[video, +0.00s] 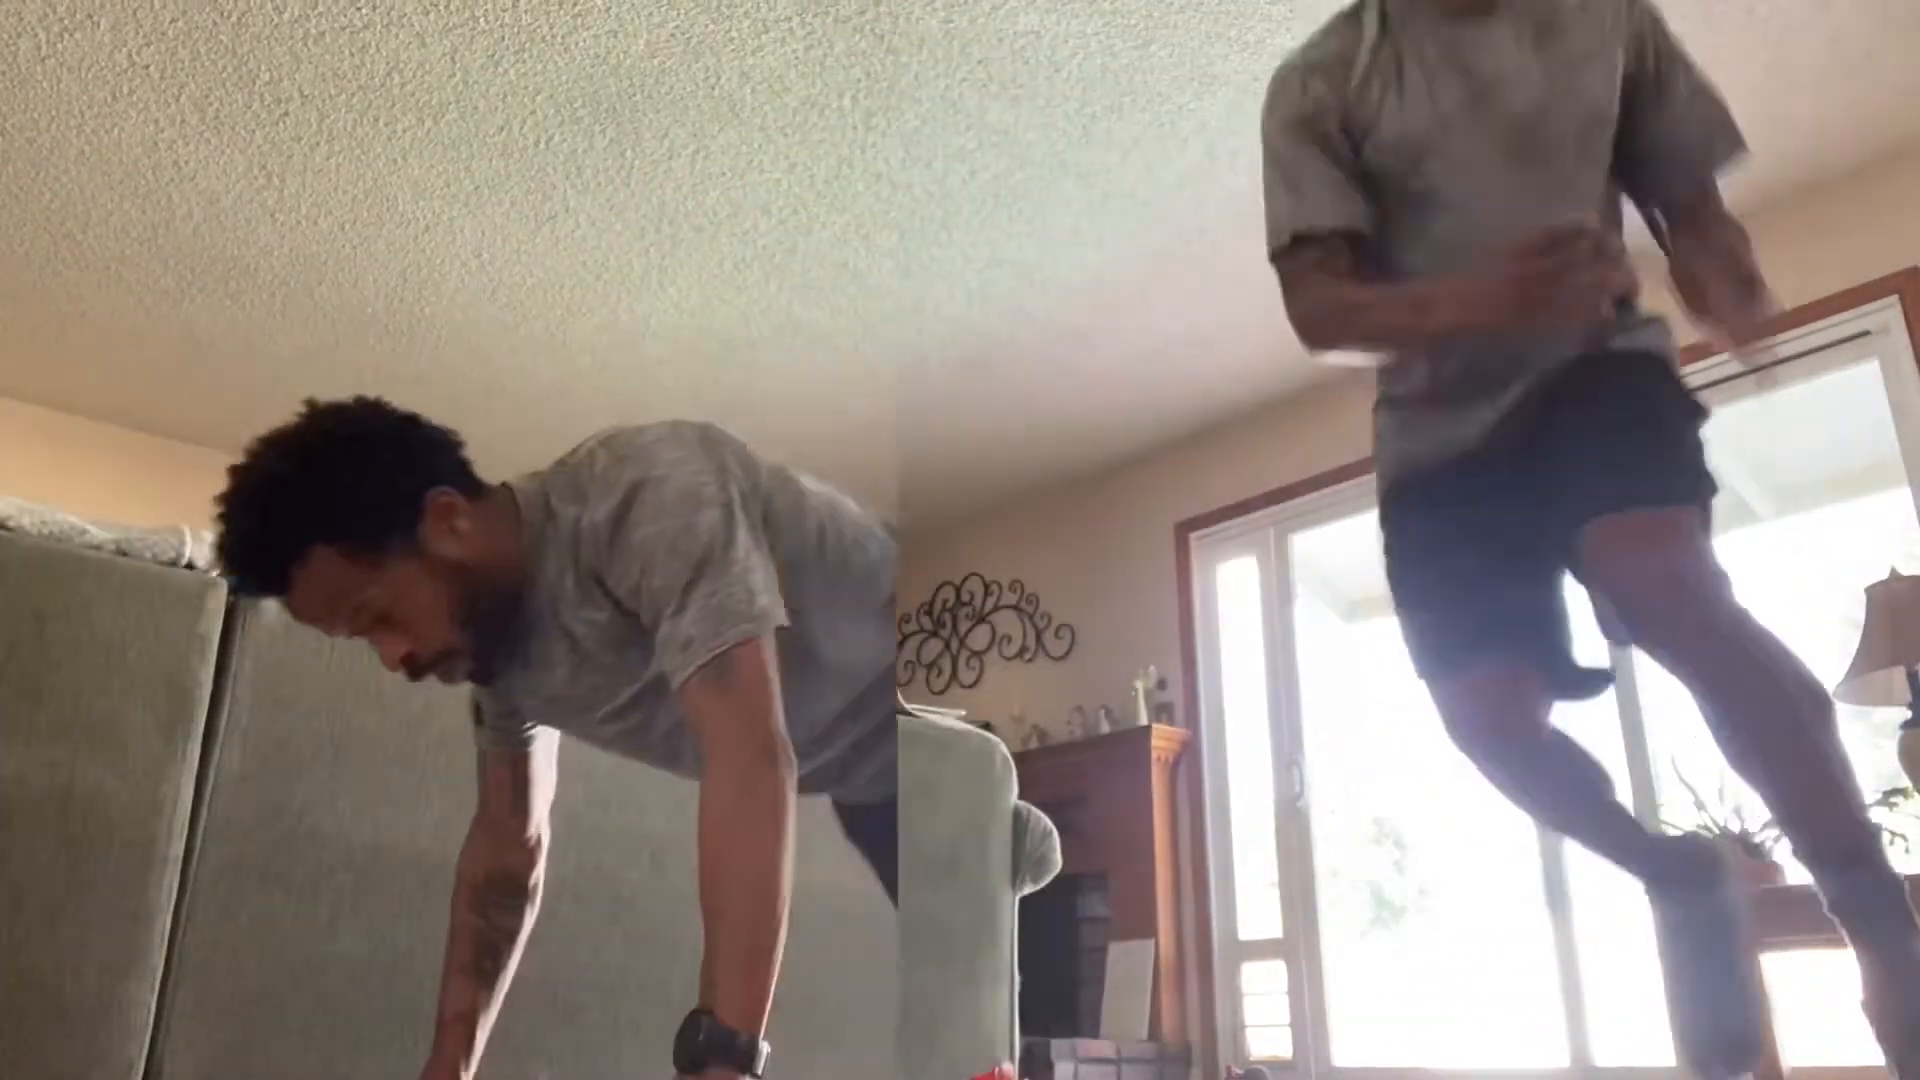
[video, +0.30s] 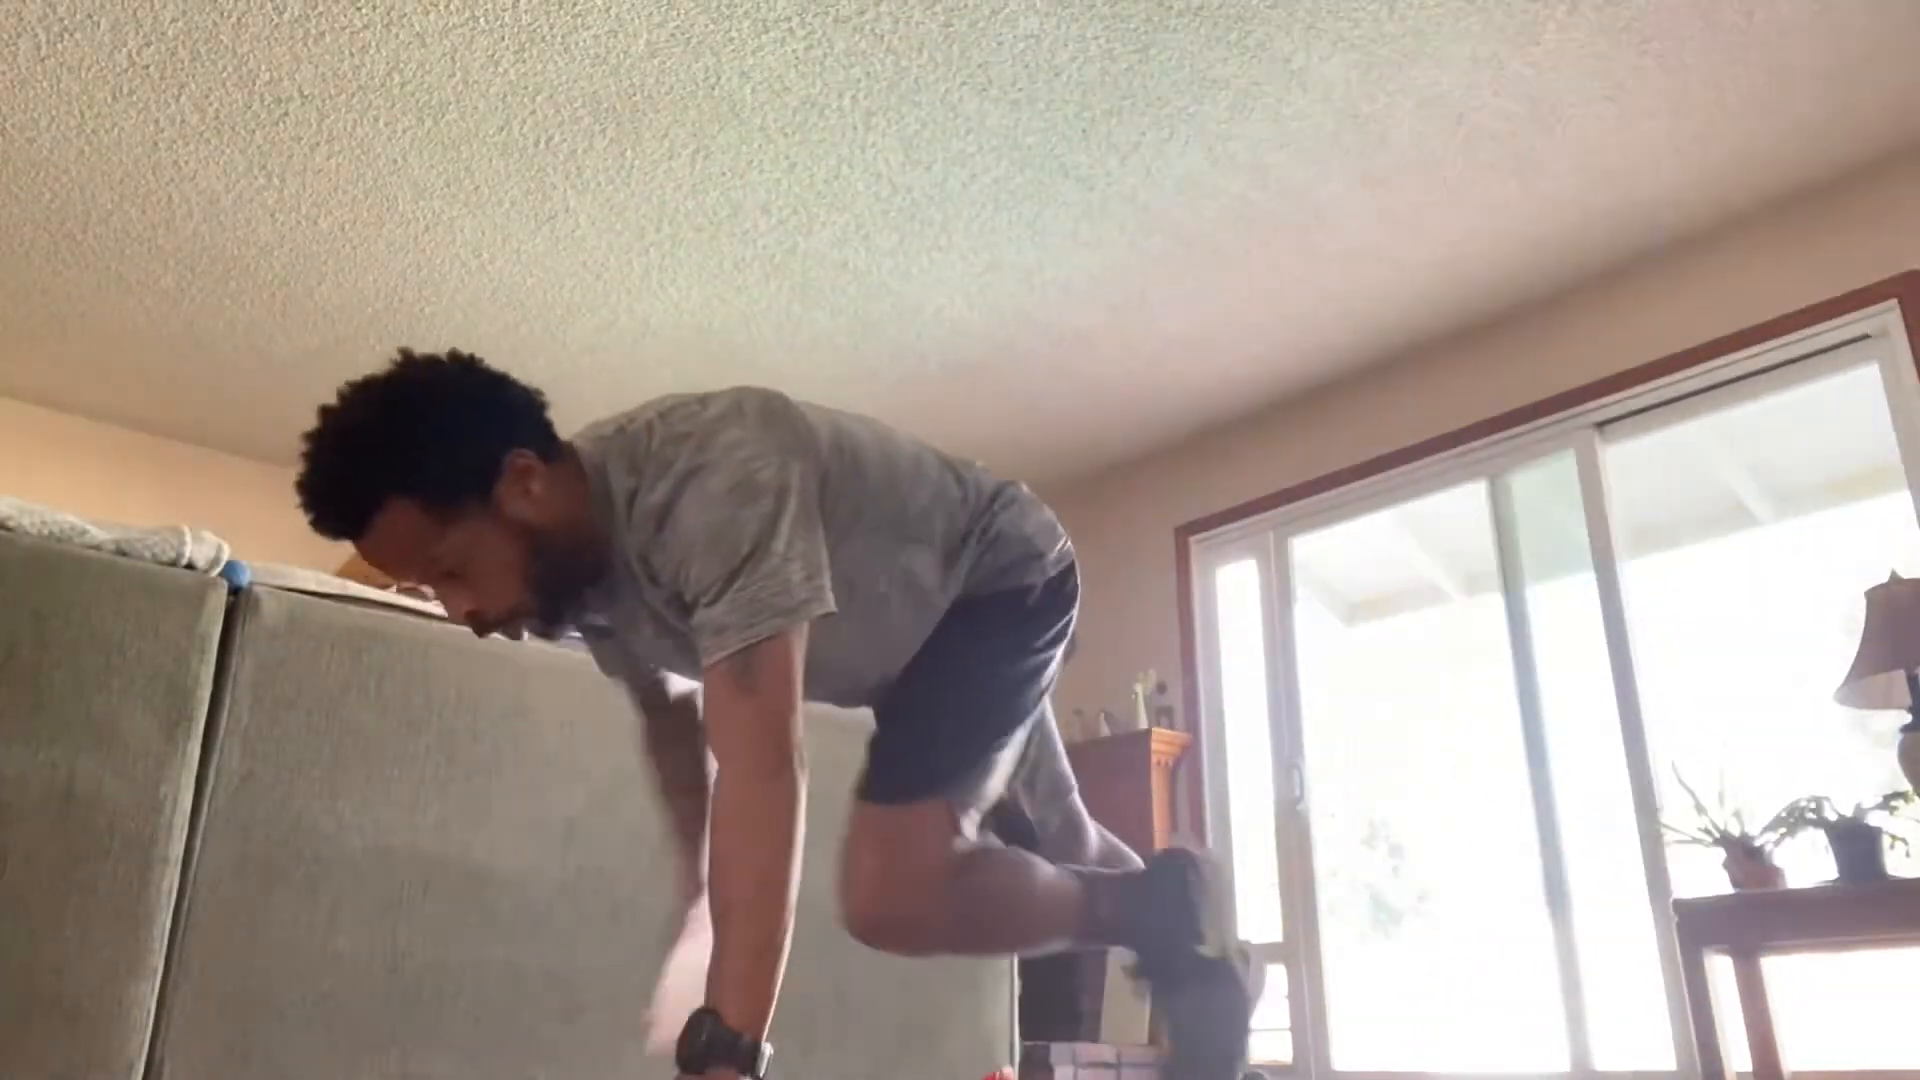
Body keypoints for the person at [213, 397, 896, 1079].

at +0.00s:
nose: (392, 659)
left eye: (382, 619)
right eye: (365, 639)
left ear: (449, 522)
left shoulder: (669, 489)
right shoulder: (503, 642)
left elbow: (751, 762)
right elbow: (508, 850)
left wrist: (729, 1048)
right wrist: (451, 1063)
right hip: (882, 792)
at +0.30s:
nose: (454, 612)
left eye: (445, 573)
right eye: (425, 592)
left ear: (525, 486)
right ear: (522, 496)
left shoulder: (721, 472)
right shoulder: (580, 575)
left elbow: (760, 764)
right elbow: (671, 727)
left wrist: (740, 1027)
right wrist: (694, 925)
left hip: (996, 575)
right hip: (902, 650)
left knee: (895, 897)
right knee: (1071, 854)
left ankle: (1147, 905)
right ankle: (1189, 937)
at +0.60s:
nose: (364, 636)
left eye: (356, 596)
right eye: (335, 614)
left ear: (434, 510)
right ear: (413, 536)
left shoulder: (649, 503)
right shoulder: (471, 640)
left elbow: (748, 770)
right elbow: (479, 869)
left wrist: (729, 1042)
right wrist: (426, 1068)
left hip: (963, 696)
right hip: (858, 783)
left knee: (1101, 933)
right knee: (1014, 936)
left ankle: (1306, 950)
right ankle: (1222, 965)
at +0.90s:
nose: (382, 629)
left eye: (380, 591)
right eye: (357, 611)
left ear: (452, 510)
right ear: (368, 587)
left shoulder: (637, 496)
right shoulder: (467, 634)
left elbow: (847, 670)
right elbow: (470, 858)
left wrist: (735, 892)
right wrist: (426, 1063)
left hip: (924, 594)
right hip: (788, 678)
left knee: (1069, 831)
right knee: (812, 913)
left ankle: (1296, 946)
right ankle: (1030, 897)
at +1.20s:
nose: (347, 621)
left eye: (346, 579)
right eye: (321, 601)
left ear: (425, 501)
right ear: (391, 536)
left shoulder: (624, 515)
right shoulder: (443, 629)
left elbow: (729, 736)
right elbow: (467, 854)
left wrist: (684, 1008)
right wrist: (426, 1061)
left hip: (921, 639)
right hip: (809, 735)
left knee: (1088, 846)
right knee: (965, 926)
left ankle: (1296, 949)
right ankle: (1124, 929)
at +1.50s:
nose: (366, 614)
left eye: (361, 573)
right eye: (338, 594)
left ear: (441, 488)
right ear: (419, 517)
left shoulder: (642, 491)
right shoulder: (485, 630)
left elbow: (714, 768)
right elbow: (488, 859)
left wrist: (701, 1040)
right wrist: (431, 1057)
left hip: (952, 655)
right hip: (850, 736)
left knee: (1056, 959)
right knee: (1007, 930)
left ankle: (1280, 937)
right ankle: (1168, 1003)